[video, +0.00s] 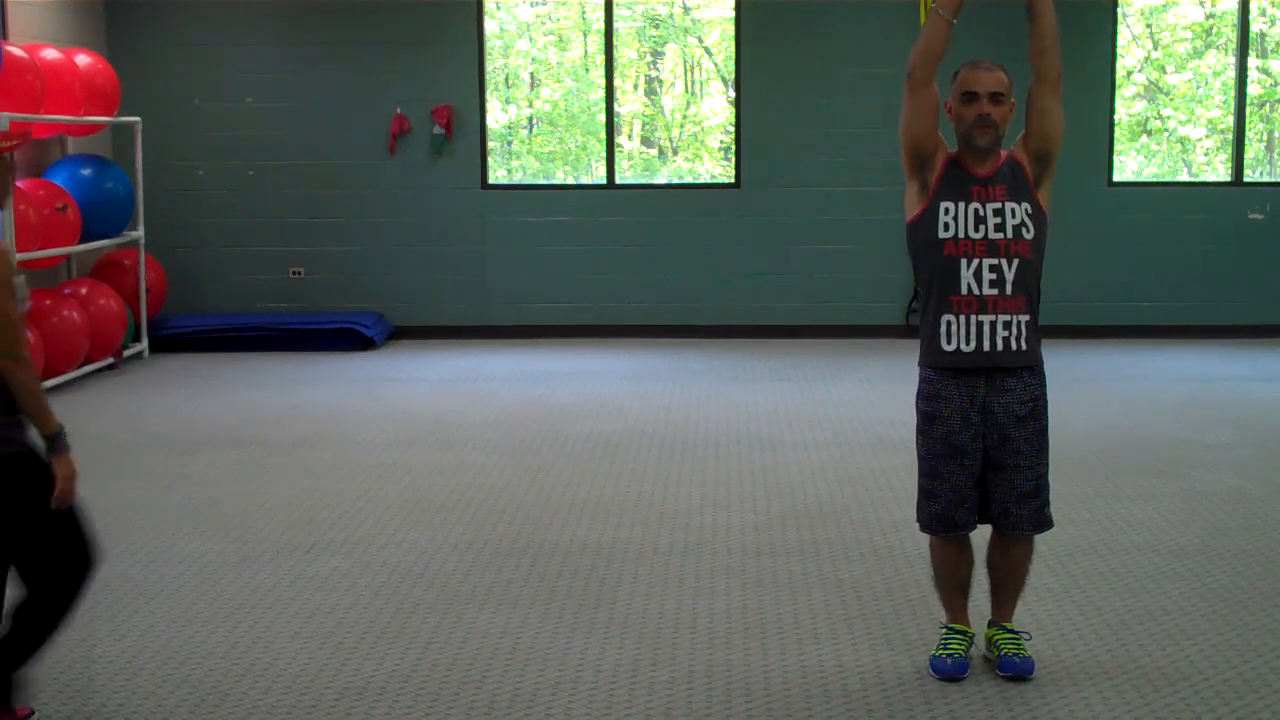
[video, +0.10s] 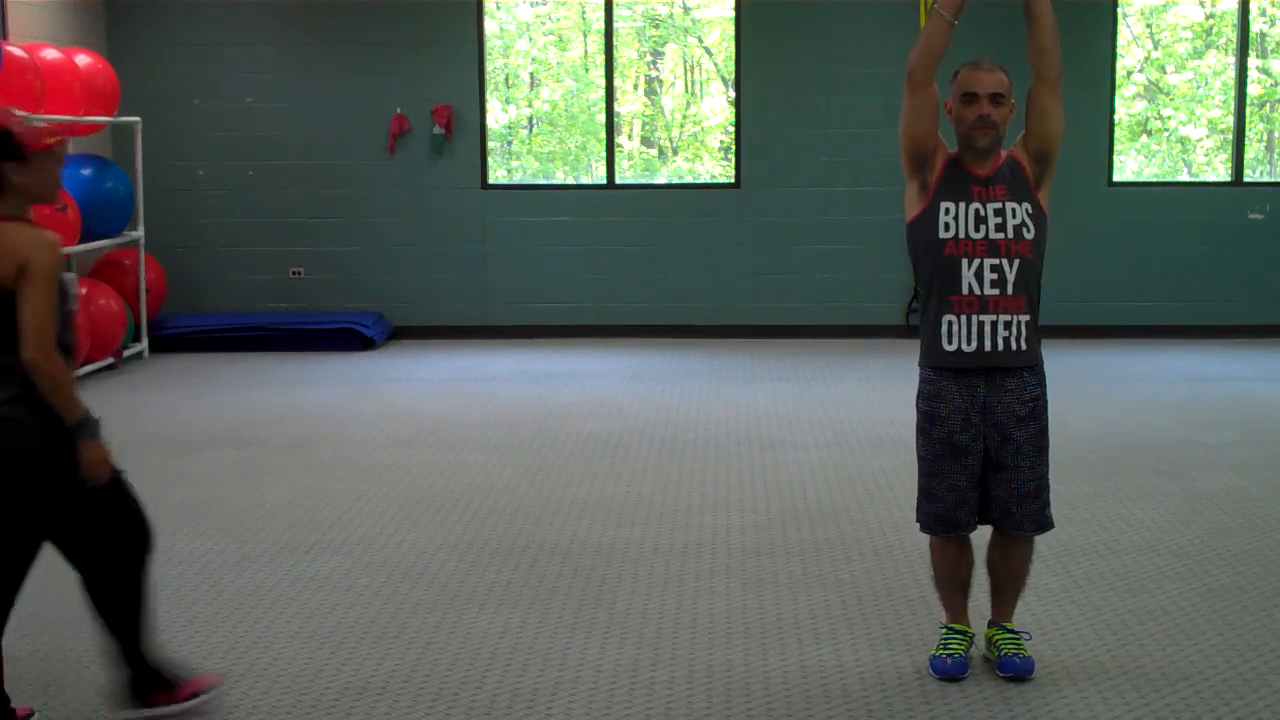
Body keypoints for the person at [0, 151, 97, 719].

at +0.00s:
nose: (14, 156)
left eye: (13, 149)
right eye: (10, 150)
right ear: (3, 169)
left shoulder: (5, 254)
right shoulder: (2, 254)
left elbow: (13, 354)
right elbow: (11, 354)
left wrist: (51, 441)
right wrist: (56, 440)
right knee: (66, 560)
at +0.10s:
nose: (61, 165)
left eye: (58, 154)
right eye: (51, 155)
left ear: (11, 169)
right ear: (13, 168)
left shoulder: (17, 240)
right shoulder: (32, 246)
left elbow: (36, 353)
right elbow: (37, 355)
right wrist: (85, 429)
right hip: (35, 443)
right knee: (118, 537)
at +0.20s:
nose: (111, 181)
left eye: (106, 169)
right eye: (100, 171)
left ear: (56, 184)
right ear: (66, 182)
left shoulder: (28, 251)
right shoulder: (88, 255)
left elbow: (51, 337)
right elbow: (79, 356)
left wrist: (130, 366)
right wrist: (128, 425)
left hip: (44, 436)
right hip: (88, 440)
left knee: (22, 580)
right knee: (163, 555)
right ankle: (255, 649)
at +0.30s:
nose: (165, 183)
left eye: (161, 173)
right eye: (153, 176)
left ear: (115, 194)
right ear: (119, 192)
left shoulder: (94, 257)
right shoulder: (144, 265)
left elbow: (131, 340)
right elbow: (136, 373)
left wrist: (198, 362)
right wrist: (186, 446)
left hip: (114, 444)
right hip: (154, 447)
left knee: (73, 572)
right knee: (233, 544)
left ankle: (4, 686)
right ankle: (287, 658)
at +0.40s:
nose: (217, 188)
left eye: (213, 179)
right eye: (205, 181)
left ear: (171, 195)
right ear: (172, 196)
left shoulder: (151, 258)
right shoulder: (194, 269)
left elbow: (181, 356)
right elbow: (192, 374)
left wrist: (240, 391)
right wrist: (238, 451)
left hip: (180, 436)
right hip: (219, 439)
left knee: (191, 544)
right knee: (292, 532)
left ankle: (84, 632)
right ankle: (291, 663)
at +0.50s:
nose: (263, 191)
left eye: (260, 181)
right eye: (250, 184)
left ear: (217, 194)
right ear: (215, 195)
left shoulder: (204, 254)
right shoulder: (231, 264)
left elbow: (219, 356)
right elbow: (225, 369)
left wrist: (272, 412)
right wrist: (271, 443)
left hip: (233, 424)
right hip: (255, 428)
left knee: (288, 532)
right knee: (322, 532)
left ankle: (219, 630)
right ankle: (293, 661)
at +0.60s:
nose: (298, 168)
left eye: (296, 157)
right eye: (285, 161)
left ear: (261, 172)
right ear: (251, 174)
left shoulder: (263, 221)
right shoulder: (255, 231)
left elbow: (230, 297)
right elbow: (220, 312)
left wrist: (306, 354)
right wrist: (261, 382)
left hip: (305, 399)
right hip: (283, 407)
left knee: (362, 491)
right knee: (311, 532)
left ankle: (377, 608)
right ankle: (292, 662)